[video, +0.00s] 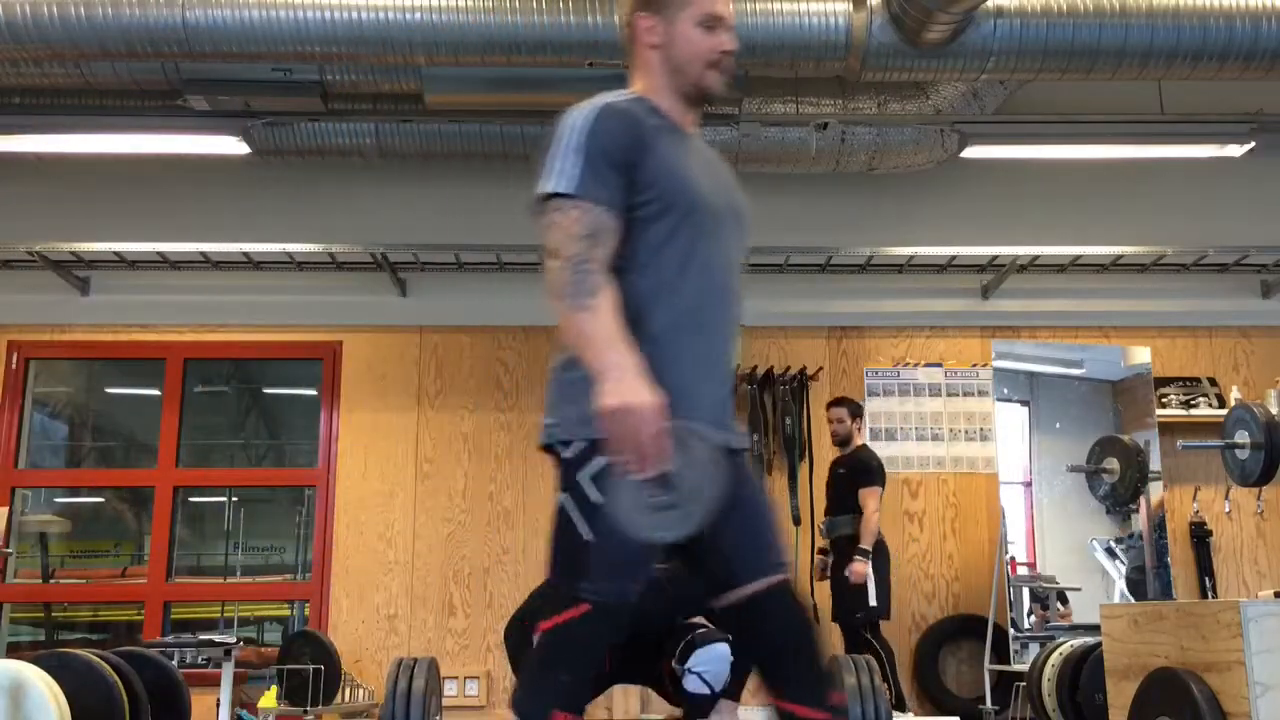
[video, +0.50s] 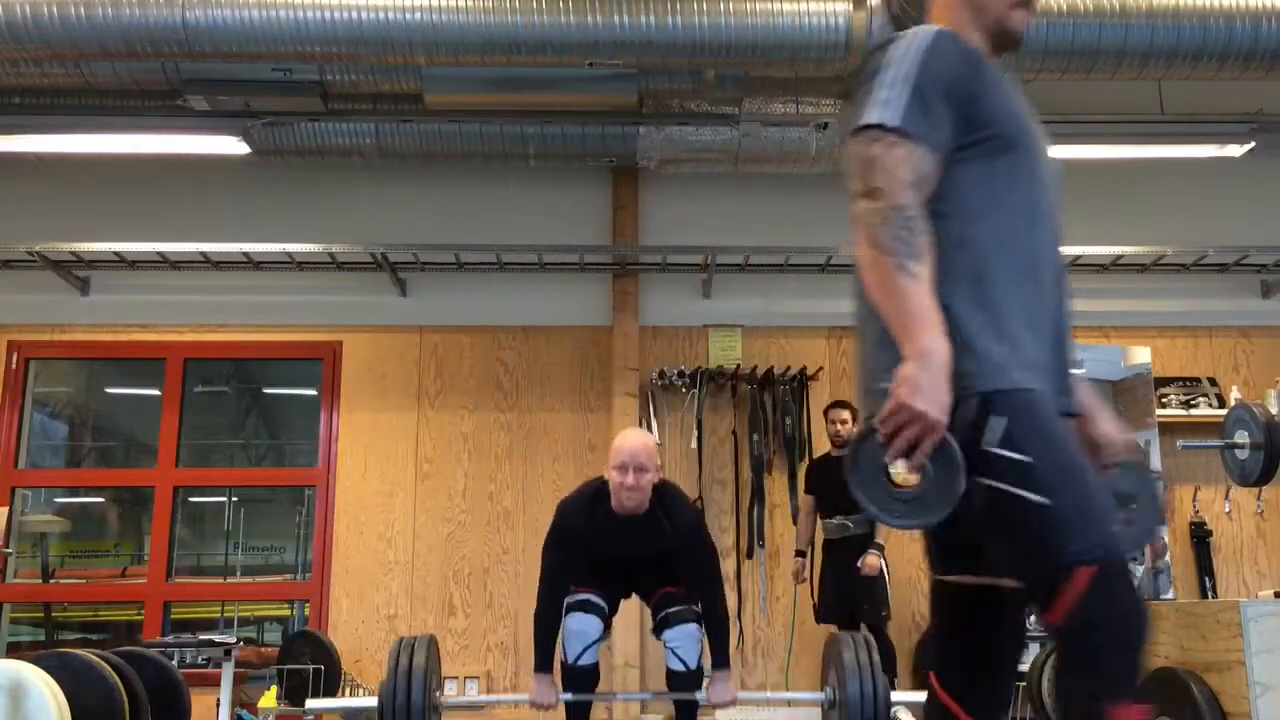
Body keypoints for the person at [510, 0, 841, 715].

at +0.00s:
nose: (729, 45)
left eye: (732, 29)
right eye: (709, 25)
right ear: (650, 31)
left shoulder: (709, 160)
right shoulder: (604, 122)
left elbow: (688, 298)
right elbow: (574, 267)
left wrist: (714, 414)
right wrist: (618, 373)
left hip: (710, 443)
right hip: (619, 437)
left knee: (788, 647)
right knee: (577, 652)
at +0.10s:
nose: (794, 47)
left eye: (795, 31)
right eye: (773, 26)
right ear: (713, 32)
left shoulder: (768, 160)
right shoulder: (674, 122)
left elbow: (743, 309)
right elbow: (640, 266)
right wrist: (702, 364)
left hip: (785, 438)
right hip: (691, 441)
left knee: (873, 653)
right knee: (624, 670)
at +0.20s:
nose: (863, 37)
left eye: (866, 21)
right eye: (843, 15)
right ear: (781, 19)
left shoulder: (828, 145)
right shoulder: (748, 107)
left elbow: (819, 284)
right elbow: (709, 241)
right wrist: (779, 346)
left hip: (859, 431)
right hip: (773, 430)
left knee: (933, 641)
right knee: (760, 649)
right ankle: (684, 692)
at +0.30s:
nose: (925, 22)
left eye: (929, 10)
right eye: (909, 4)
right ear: (845, 8)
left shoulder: (883, 124)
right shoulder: (812, 86)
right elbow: (772, 224)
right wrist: (842, 333)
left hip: (918, 417)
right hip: (864, 411)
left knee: (963, 620)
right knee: (908, 611)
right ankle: (793, 701)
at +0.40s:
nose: (983, 5)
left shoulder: (936, 105)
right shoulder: (869, 65)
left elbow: (946, 279)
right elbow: (829, 214)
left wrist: (996, 429)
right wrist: (889, 342)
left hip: (959, 404)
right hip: (916, 399)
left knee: (972, 627)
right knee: (1001, 611)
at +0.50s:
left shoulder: (994, 87)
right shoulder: (931, 50)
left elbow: (1012, 275)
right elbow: (885, 207)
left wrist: (1083, 400)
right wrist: (925, 355)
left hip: (1005, 395)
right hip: (981, 394)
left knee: (974, 655)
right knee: (1108, 618)